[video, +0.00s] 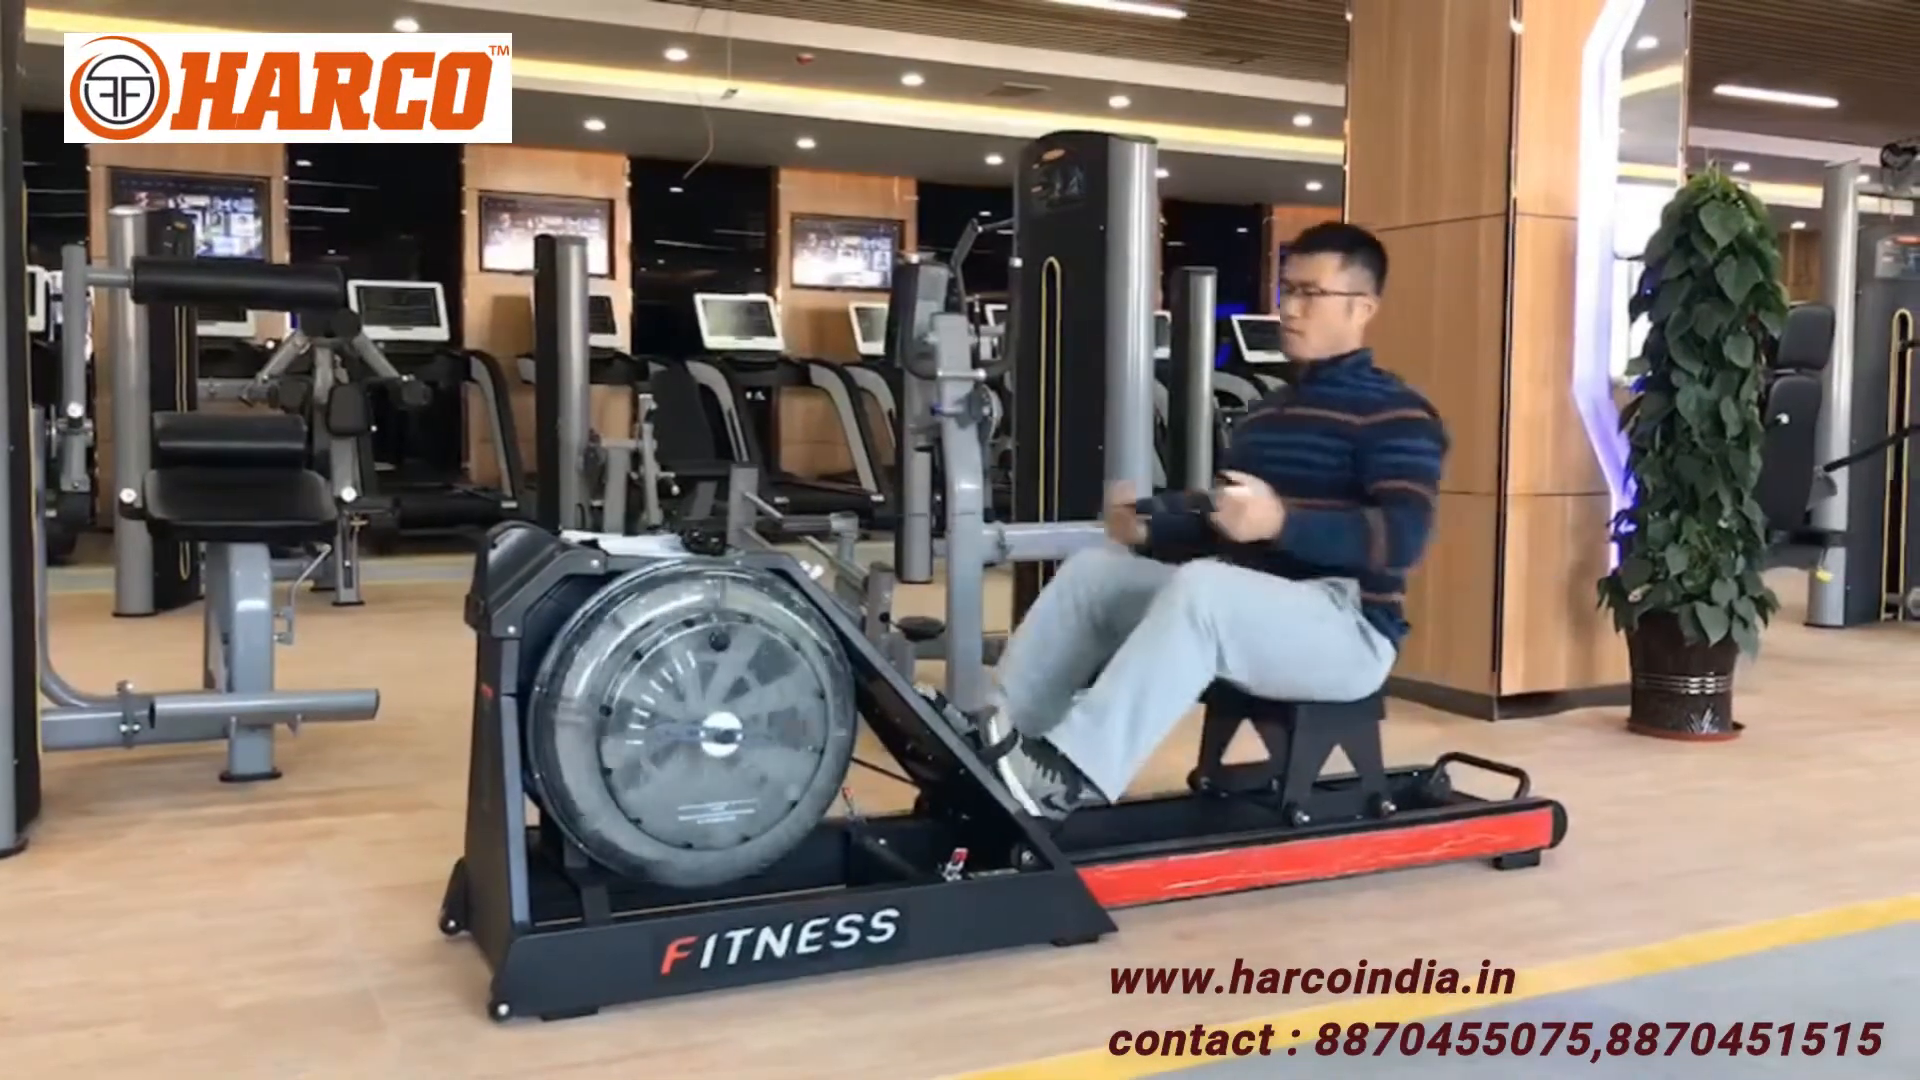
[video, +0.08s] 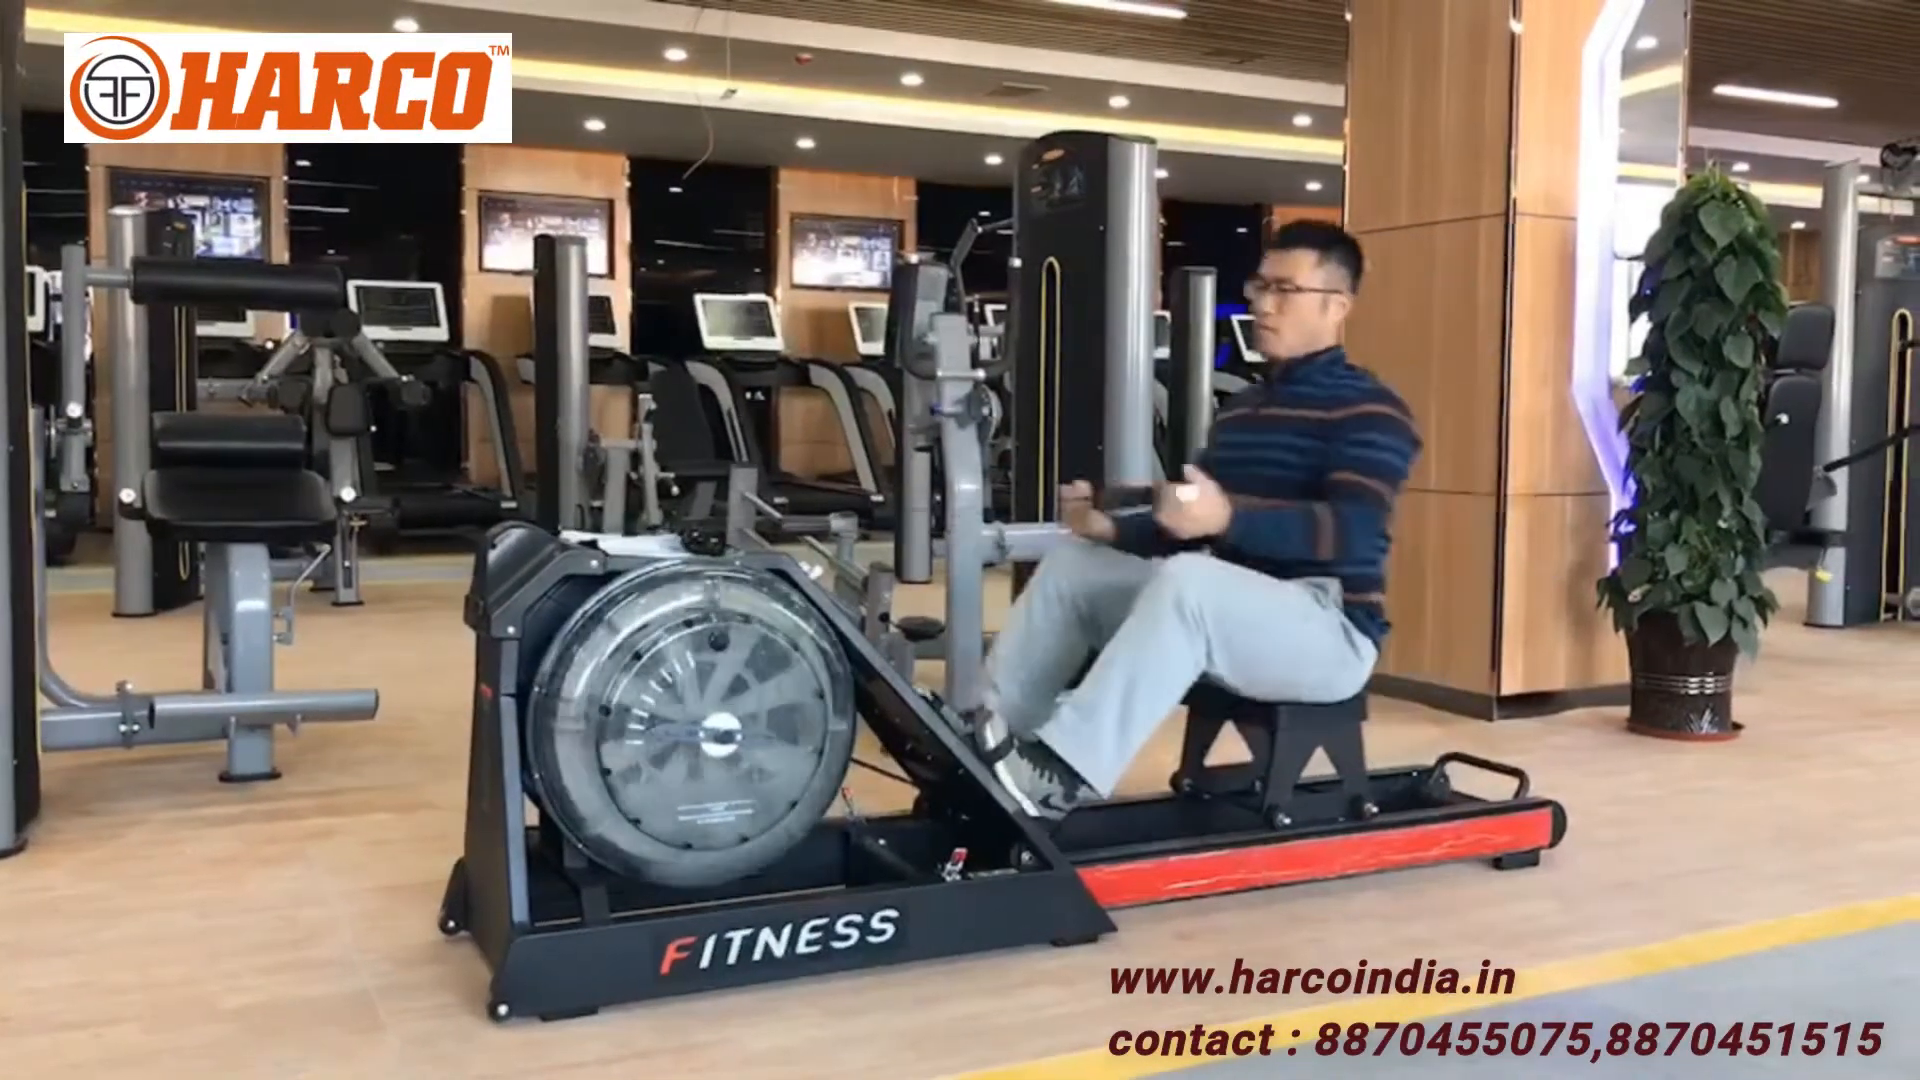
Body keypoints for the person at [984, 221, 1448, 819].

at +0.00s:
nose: (1288, 308)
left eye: (1309, 293)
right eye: (1286, 291)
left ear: (1363, 309)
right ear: (1277, 294)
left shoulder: (1397, 414)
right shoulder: (1269, 414)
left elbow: (1401, 537)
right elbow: (1234, 521)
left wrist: (1282, 522)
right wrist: (1149, 526)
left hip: (1349, 630)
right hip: (1255, 609)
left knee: (1200, 592)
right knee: (1094, 570)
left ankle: (1073, 771)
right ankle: (1002, 735)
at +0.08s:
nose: (1259, 304)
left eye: (1282, 290)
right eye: (1258, 287)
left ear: (1338, 307)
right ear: (1250, 294)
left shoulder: (1371, 411)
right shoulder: (1243, 412)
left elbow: (1350, 532)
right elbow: (1204, 521)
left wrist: (1229, 518)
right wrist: (1109, 525)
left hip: (1332, 630)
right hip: (1231, 609)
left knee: (1186, 586)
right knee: (1070, 567)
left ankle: (1064, 769)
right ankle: (988, 741)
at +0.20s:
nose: (1218, 301)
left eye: (1238, 286)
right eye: (1215, 284)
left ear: (1291, 303)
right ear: (1208, 292)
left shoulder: (1315, 400)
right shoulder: (1196, 400)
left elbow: (1254, 513)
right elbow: (1137, 501)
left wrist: (1128, 501)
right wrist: (1033, 502)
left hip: (1292, 634)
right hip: (1194, 609)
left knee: (1159, 569)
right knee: (1032, 560)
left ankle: (1049, 767)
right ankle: (973, 736)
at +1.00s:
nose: (1306, 316)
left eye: (1327, 302)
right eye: (1300, 299)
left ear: (1376, 313)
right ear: (1288, 303)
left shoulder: (1387, 412)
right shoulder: (1270, 411)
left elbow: (1321, 517)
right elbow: (1210, 518)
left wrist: (1216, 479)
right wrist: (1123, 473)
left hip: (1351, 624)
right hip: (1265, 604)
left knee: (1196, 614)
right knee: (1093, 590)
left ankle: (1058, 781)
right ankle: (975, 743)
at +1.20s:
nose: (1365, 331)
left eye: (1386, 316)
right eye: (1357, 312)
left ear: (1434, 326)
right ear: (1344, 315)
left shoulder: (1448, 421)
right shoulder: (1339, 412)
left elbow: (1405, 538)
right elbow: (1278, 528)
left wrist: (1319, 474)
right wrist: (1210, 470)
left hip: (1388, 630)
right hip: (1303, 608)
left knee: (1223, 653)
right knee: (1134, 626)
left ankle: (1069, 789)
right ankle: (985, 748)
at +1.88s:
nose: (1277, 311)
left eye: (1296, 296)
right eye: (1274, 295)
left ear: (1352, 311)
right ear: (1266, 301)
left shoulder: (1382, 419)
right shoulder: (1260, 420)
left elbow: (1365, 542)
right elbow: (1202, 530)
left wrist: (1252, 501)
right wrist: (1131, 493)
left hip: (1348, 637)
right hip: (1251, 618)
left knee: (1205, 607)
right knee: (1091, 591)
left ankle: (1081, 781)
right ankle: (1000, 751)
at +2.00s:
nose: (1220, 307)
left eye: (1241, 292)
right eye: (1219, 291)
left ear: (1295, 309)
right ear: (1213, 300)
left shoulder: (1322, 416)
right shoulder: (1205, 414)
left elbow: (1264, 523)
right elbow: (1138, 504)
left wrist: (1141, 508)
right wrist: (1033, 488)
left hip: (1307, 638)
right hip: (1207, 613)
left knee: (1168, 588)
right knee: (1050, 578)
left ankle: (1058, 778)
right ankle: (973, 742)